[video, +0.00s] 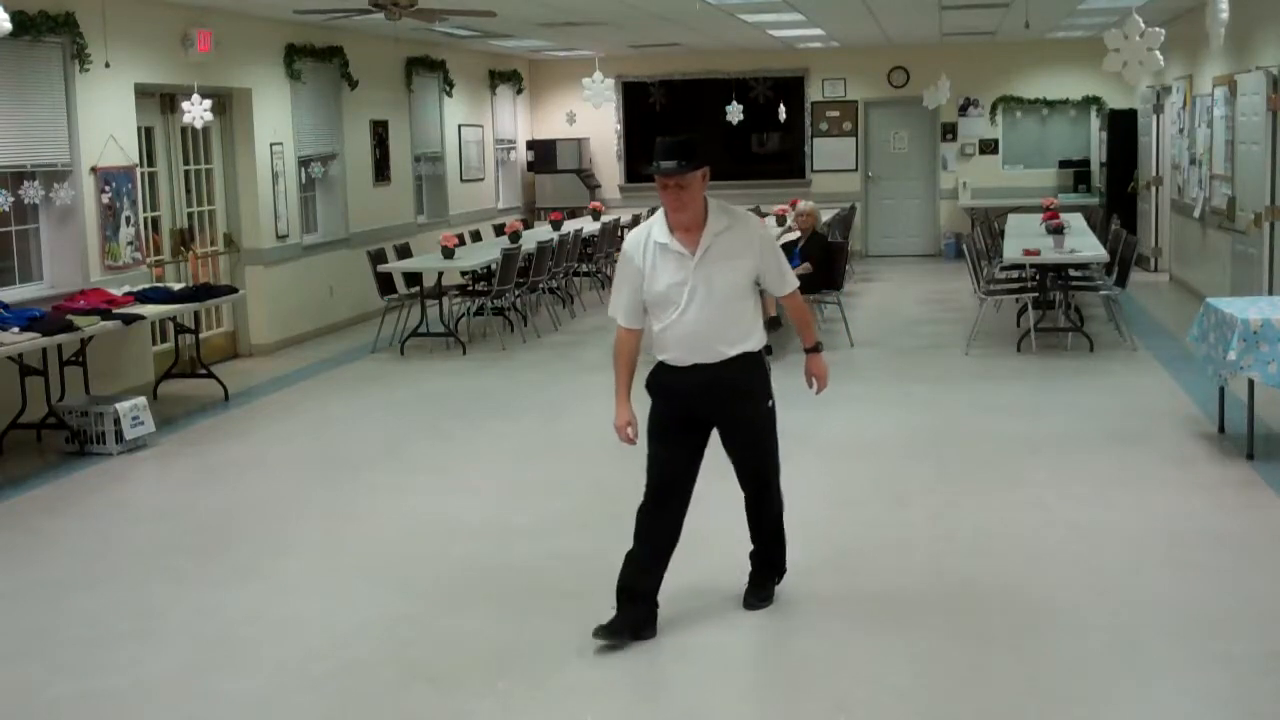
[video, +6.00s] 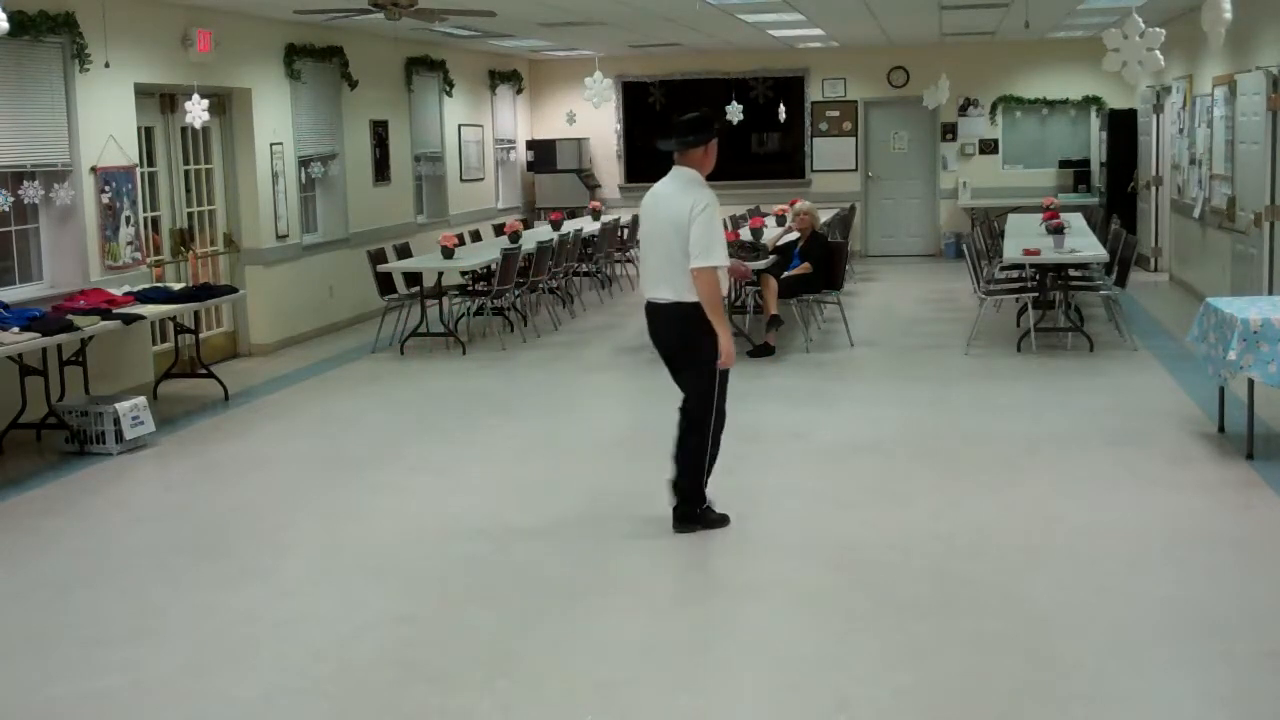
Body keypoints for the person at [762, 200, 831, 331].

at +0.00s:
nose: (804, 219)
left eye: (808, 216)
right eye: (801, 216)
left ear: (815, 219)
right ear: (796, 219)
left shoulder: (820, 240)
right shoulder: (793, 242)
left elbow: (814, 264)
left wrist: (790, 275)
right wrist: (793, 272)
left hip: (812, 279)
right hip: (793, 278)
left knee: (768, 284)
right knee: (769, 278)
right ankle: (773, 316)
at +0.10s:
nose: (804, 219)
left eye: (808, 215)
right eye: (801, 215)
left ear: (815, 219)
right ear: (796, 219)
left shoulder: (820, 240)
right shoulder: (795, 242)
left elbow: (812, 265)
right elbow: (768, 250)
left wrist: (788, 275)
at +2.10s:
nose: (804, 218)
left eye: (808, 214)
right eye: (801, 214)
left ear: (815, 219)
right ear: (796, 219)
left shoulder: (820, 239)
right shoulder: (794, 243)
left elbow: (809, 267)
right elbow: (766, 250)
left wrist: (785, 275)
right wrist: (784, 231)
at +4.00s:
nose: (802, 219)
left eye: (806, 216)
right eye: (799, 216)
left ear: (814, 219)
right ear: (794, 220)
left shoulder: (820, 240)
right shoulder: (796, 242)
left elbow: (809, 267)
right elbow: (767, 250)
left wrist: (784, 277)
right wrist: (785, 231)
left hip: (810, 278)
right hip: (792, 276)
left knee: (766, 291)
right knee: (766, 276)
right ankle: (773, 316)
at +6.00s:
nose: (801, 217)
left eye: (805, 214)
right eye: (798, 214)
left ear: (813, 219)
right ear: (794, 220)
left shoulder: (820, 239)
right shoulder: (795, 242)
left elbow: (809, 267)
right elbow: (767, 249)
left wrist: (785, 276)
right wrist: (784, 231)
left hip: (809, 279)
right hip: (790, 275)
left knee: (768, 292)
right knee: (765, 275)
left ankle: (769, 343)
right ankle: (773, 315)